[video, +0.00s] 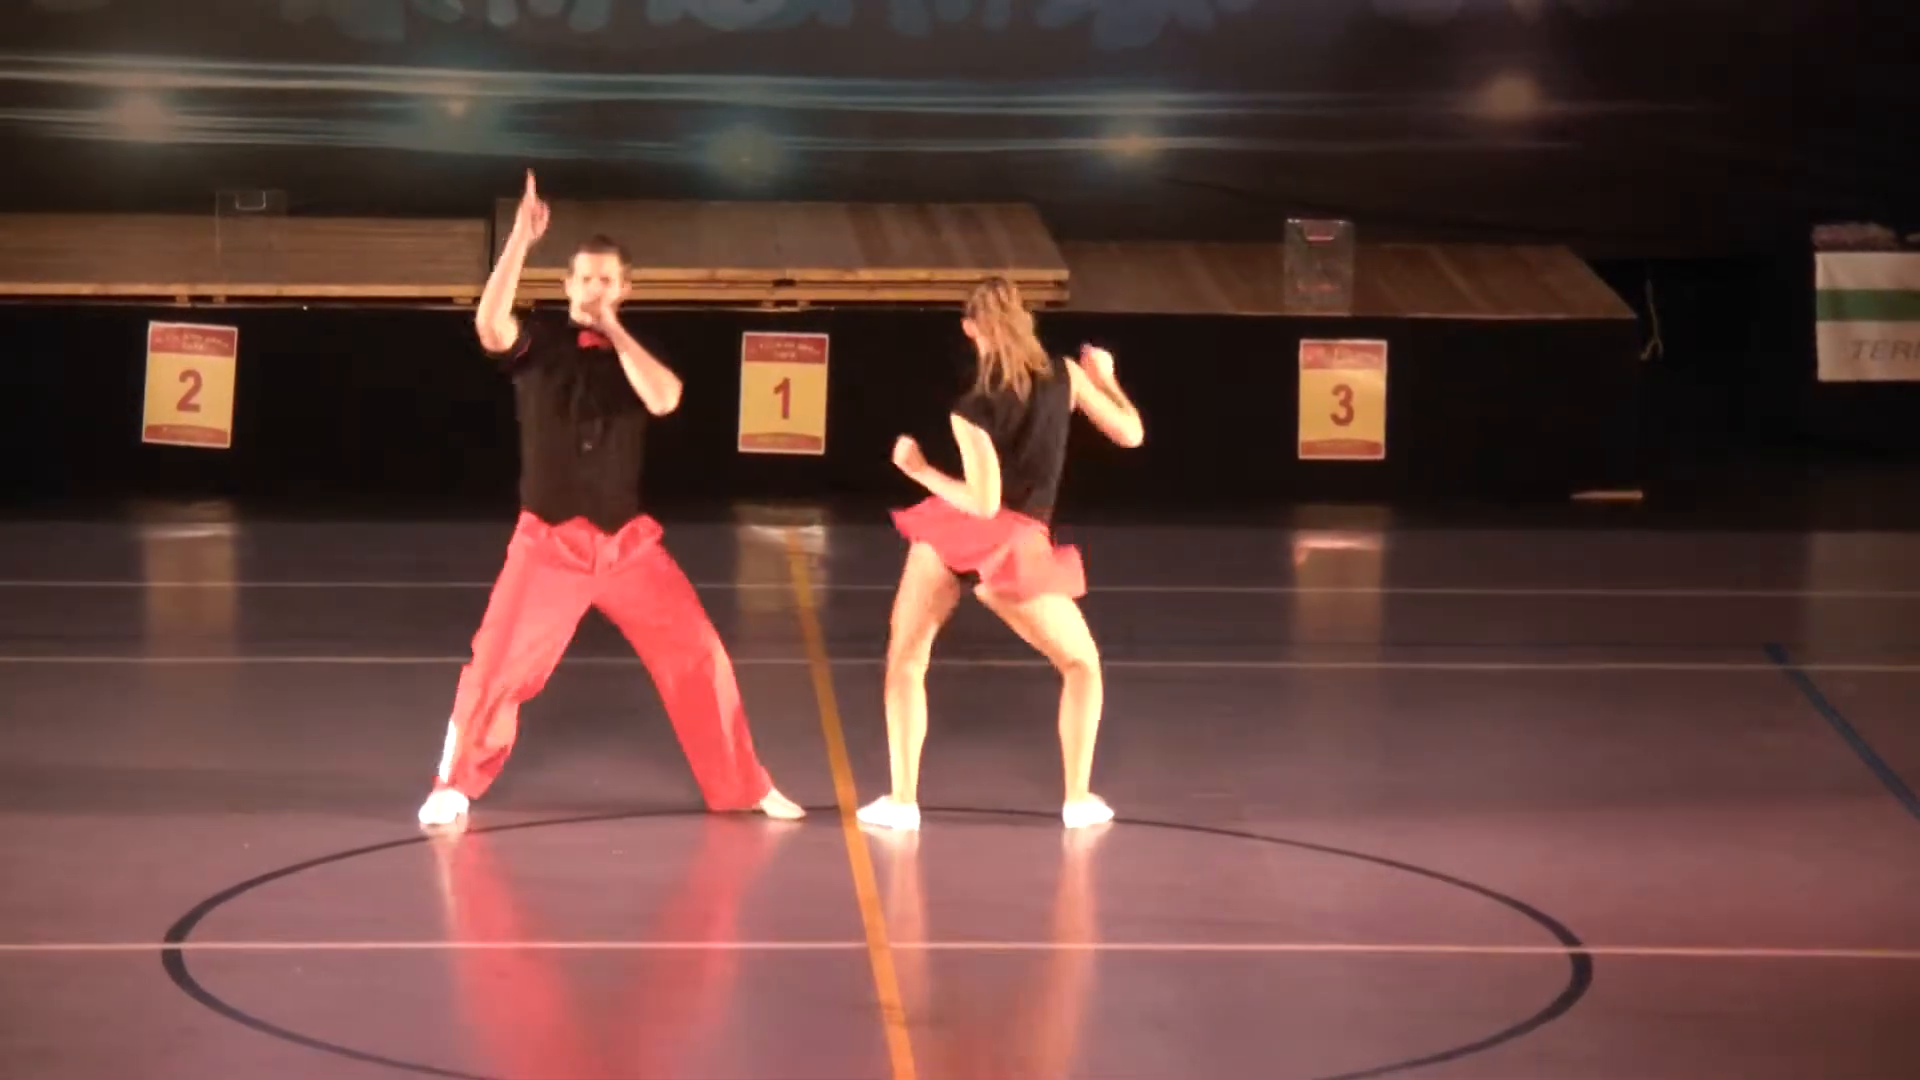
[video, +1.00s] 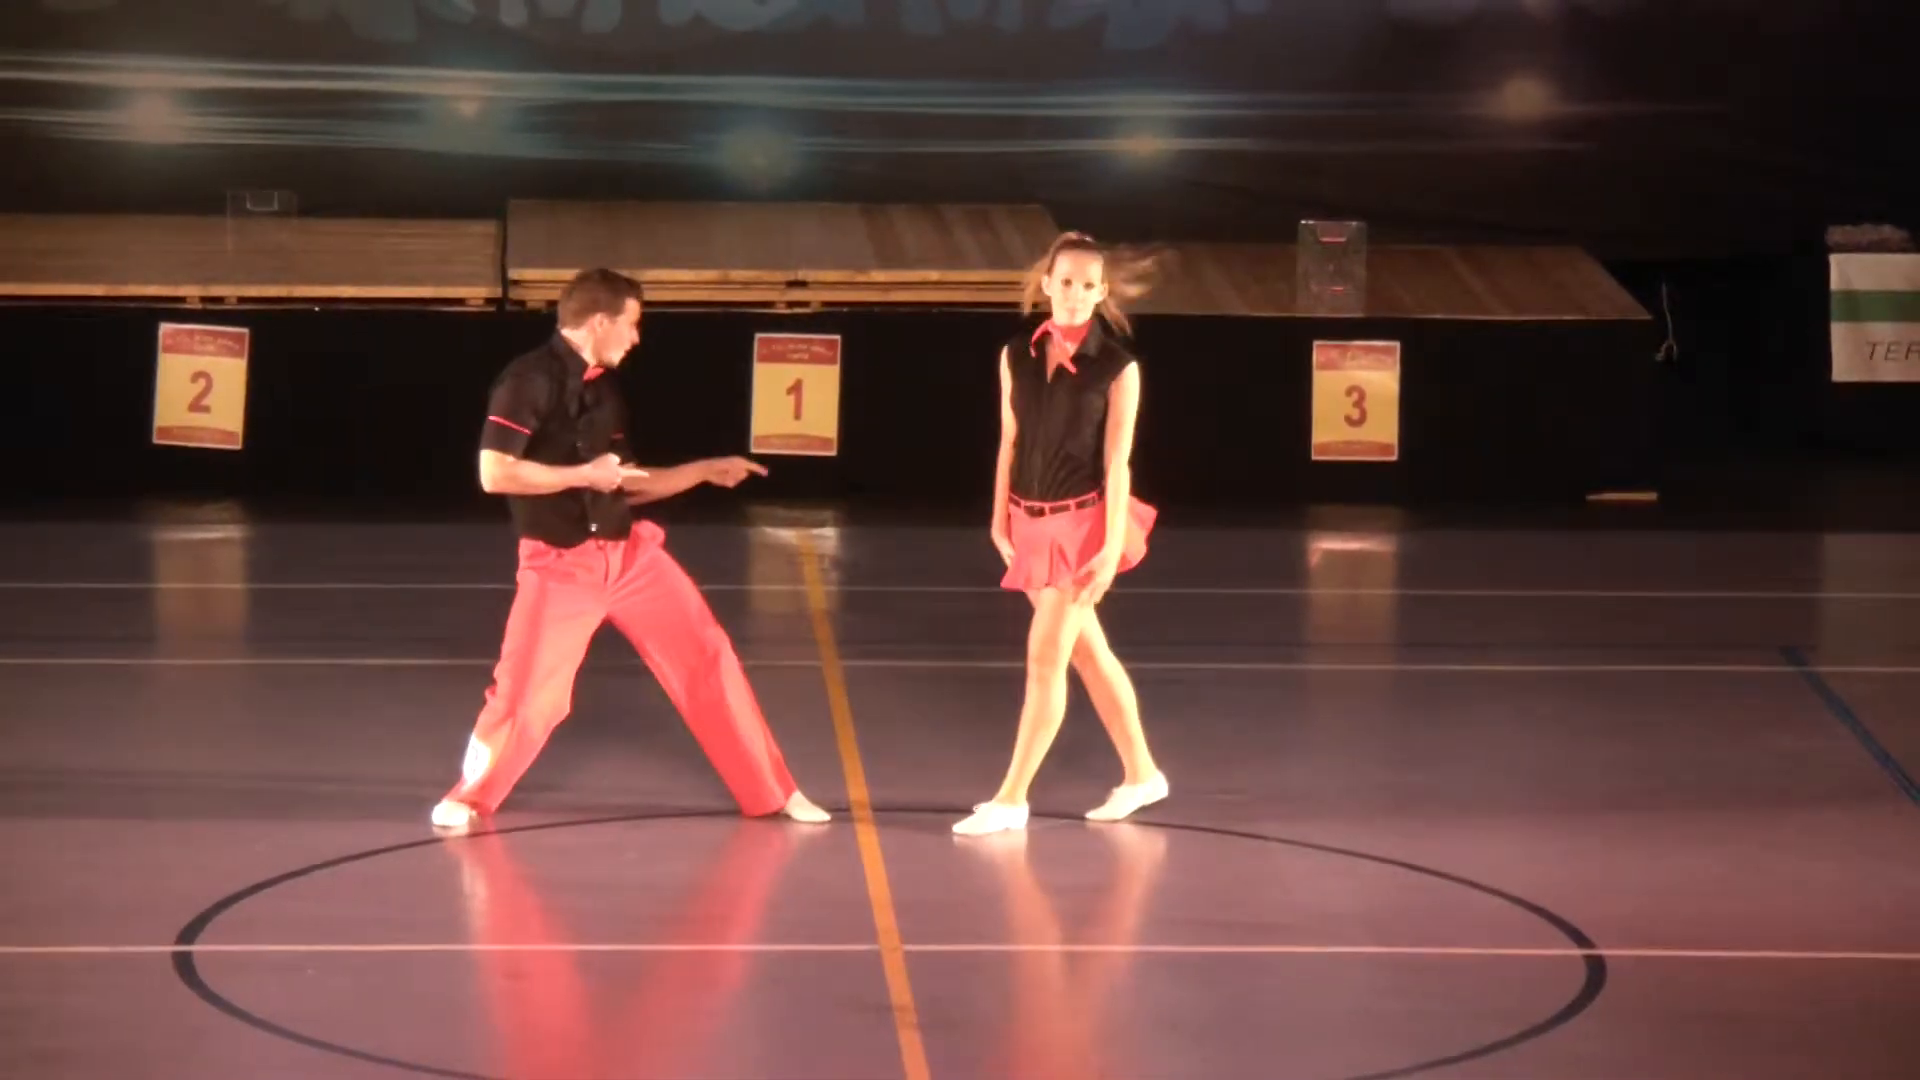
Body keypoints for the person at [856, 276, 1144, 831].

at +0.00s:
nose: (968, 336)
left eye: (969, 327)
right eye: (970, 325)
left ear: (978, 332)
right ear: (1023, 323)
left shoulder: (973, 410)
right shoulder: (1065, 376)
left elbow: (982, 504)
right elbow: (1130, 433)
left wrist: (917, 468)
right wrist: (1109, 380)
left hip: (948, 544)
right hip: (1018, 556)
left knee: (905, 661)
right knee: (1081, 664)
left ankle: (902, 802)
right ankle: (1077, 801)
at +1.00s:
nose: (1074, 295)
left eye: (1087, 285)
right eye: (1065, 281)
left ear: (1103, 291)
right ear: (1045, 282)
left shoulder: (1118, 366)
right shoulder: (1015, 355)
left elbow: (1117, 461)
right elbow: (1009, 440)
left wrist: (1112, 547)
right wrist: (999, 518)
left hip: (1085, 522)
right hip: (1029, 522)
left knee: (1044, 655)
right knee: (1092, 655)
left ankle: (1011, 800)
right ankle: (1143, 774)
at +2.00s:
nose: (998, 288)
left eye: (1008, 279)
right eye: (1002, 277)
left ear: (1041, 288)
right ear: (1050, 289)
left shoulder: (1029, 362)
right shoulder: (1084, 351)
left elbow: (1074, 448)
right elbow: (1090, 441)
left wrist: (1117, 513)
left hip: (1081, 522)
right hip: (1071, 520)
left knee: (1093, 657)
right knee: (1006, 637)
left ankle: (1102, 793)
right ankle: (1074, 763)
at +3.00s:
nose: (1009, 272)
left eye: (1019, 262)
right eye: (1011, 261)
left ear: (1054, 268)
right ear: (1043, 269)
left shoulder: (1069, 338)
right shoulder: (1039, 330)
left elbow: (1124, 392)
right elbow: (1029, 389)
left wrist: (1062, 456)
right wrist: (986, 431)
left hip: (1093, 490)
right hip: (1076, 491)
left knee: (1044, 636)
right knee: (1056, 634)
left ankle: (1089, 772)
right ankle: (1094, 765)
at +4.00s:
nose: (1104, 294)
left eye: (1119, 286)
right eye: (1099, 280)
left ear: (1146, 295)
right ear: (1088, 278)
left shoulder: (1141, 359)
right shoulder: (1082, 320)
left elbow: (1163, 439)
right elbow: (1022, 271)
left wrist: (1174, 509)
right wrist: (988, 203)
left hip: (1090, 511)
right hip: (1063, 506)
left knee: (1008, 634)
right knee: (1093, 648)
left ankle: (1033, 769)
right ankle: (1128, 775)